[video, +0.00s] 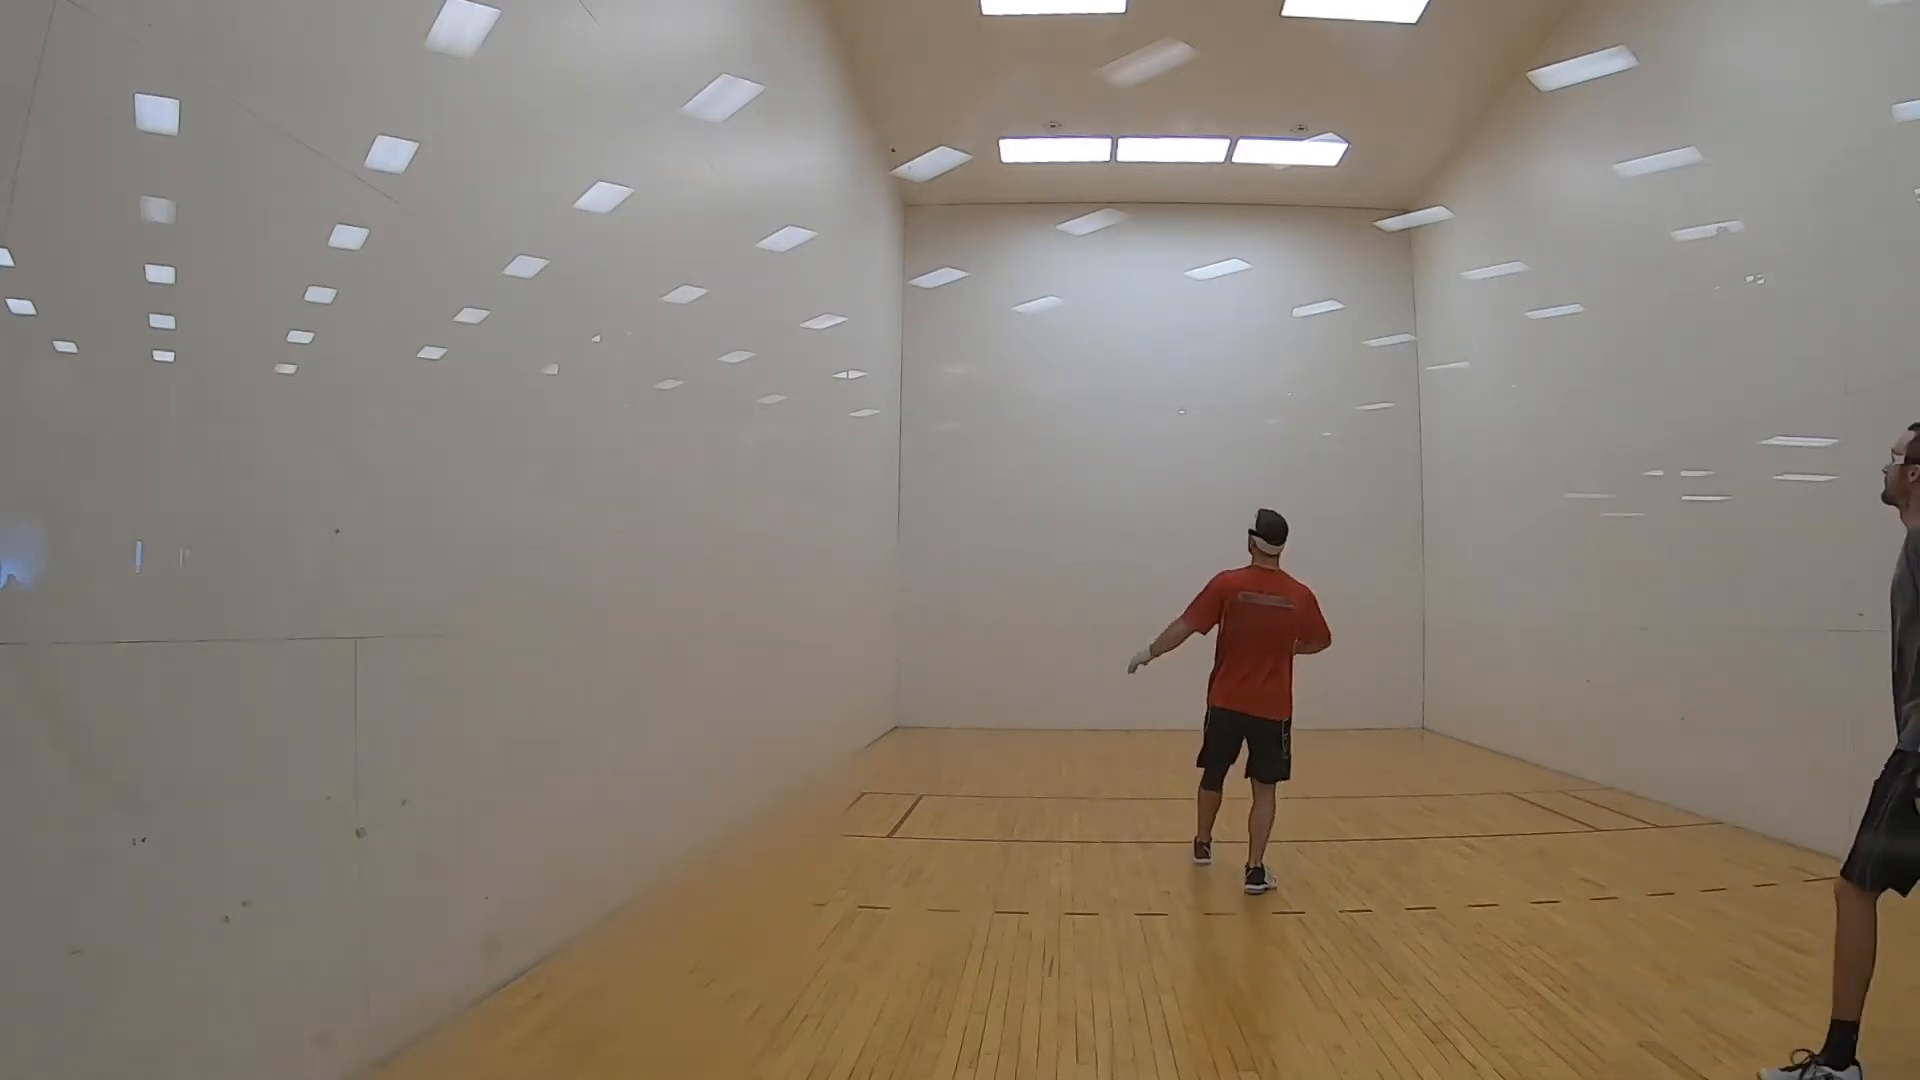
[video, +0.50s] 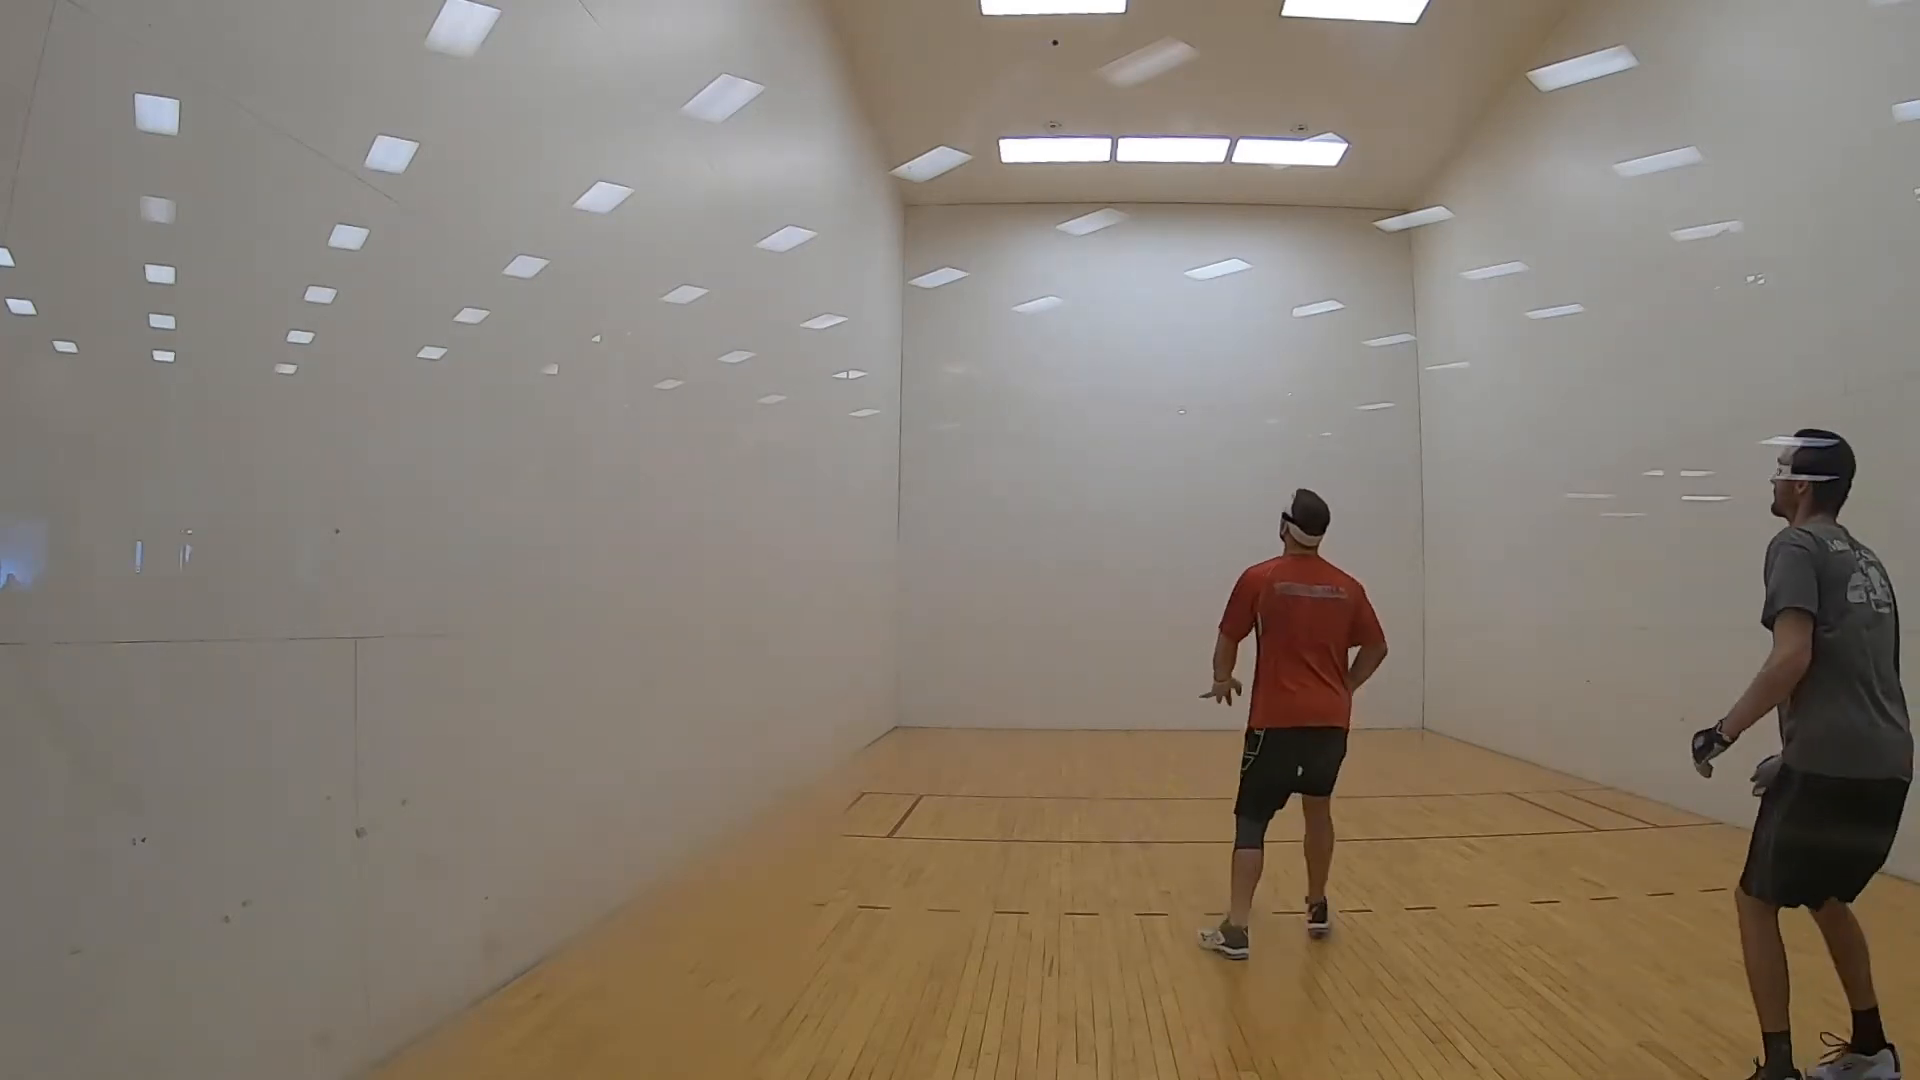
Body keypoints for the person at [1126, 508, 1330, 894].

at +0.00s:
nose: (1248, 541)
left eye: (1249, 536)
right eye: (1257, 537)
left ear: (1252, 541)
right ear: (1283, 545)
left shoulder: (1226, 583)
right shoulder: (1300, 595)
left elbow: (1186, 626)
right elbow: (1320, 641)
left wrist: (1149, 652)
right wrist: (1284, 644)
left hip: (1226, 701)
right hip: (1272, 708)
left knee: (1213, 774)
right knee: (1264, 789)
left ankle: (1203, 843)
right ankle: (1255, 869)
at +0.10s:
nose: (1255, 527)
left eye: (1256, 522)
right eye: (1262, 524)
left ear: (1256, 528)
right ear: (1289, 533)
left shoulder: (1230, 569)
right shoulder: (1307, 582)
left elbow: (1192, 612)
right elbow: (1334, 629)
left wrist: (1166, 644)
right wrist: (1318, 662)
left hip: (1232, 695)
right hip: (1279, 699)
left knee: (1216, 776)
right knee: (1267, 782)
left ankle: (1214, 856)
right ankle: (1260, 871)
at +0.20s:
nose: (1256, 532)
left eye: (1258, 528)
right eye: (1265, 528)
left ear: (1261, 533)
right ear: (1295, 540)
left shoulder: (1233, 579)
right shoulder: (1314, 589)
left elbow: (1195, 623)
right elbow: (1349, 634)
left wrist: (1178, 650)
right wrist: (1339, 675)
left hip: (1238, 708)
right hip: (1287, 712)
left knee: (1216, 787)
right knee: (1266, 793)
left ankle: (1222, 874)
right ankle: (1268, 885)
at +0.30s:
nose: (1258, 548)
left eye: (1260, 543)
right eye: (1267, 544)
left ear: (1262, 549)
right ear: (1298, 554)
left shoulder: (1238, 597)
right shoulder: (1319, 603)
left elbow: (1199, 656)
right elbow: (1358, 650)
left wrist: (1199, 661)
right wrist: (1351, 695)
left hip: (1245, 729)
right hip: (1294, 731)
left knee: (1224, 817)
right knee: (1265, 799)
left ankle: (1228, 912)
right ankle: (1265, 884)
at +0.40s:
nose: (1264, 548)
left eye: (1266, 543)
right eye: (1272, 544)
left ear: (1268, 549)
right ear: (1305, 555)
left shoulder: (1243, 598)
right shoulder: (1329, 606)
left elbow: (1213, 654)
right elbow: (1362, 663)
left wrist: (1214, 681)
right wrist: (1349, 702)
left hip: (1255, 735)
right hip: (1308, 738)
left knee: (1230, 824)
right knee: (1285, 806)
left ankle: (1234, 930)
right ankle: (1272, 884)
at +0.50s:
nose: (1281, 527)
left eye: (1283, 522)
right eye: (1290, 523)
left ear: (1286, 528)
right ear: (1324, 534)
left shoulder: (1259, 579)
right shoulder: (1348, 587)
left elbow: (1227, 639)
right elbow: (1376, 648)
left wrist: (1223, 678)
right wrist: (1347, 687)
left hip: (1274, 722)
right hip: (1330, 722)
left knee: (1252, 819)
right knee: (1319, 807)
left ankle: (1236, 929)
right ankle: (1317, 905)